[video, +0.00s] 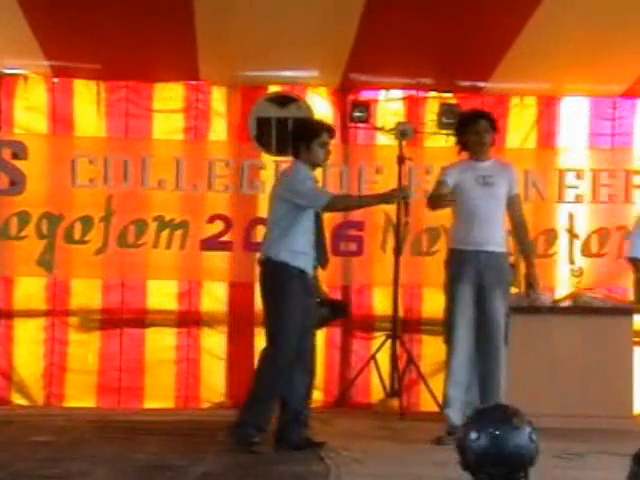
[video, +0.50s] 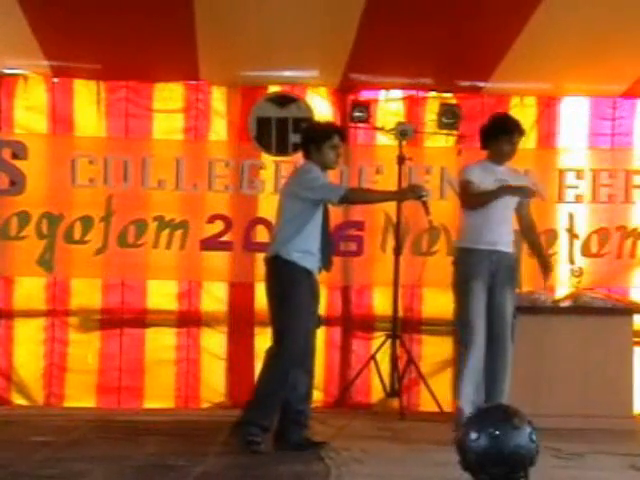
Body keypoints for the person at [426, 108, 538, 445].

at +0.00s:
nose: (481, 139)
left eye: (486, 133)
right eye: (474, 133)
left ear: (494, 136)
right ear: (463, 138)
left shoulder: (506, 172)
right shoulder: (454, 171)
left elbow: (519, 222)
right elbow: (434, 202)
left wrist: (530, 268)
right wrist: (452, 195)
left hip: (495, 257)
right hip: (462, 256)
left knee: (495, 335)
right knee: (460, 335)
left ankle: (493, 413)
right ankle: (457, 416)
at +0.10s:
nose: (484, 140)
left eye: (489, 134)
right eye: (478, 134)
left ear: (496, 137)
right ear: (466, 138)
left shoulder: (508, 174)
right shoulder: (455, 170)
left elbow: (519, 224)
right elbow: (447, 187)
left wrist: (529, 270)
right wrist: (467, 184)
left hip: (495, 256)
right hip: (463, 254)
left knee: (493, 335)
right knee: (460, 335)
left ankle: (492, 414)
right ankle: (456, 416)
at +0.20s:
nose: (486, 141)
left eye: (491, 135)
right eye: (480, 135)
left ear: (498, 138)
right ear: (468, 139)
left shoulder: (509, 173)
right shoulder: (459, 169)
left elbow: (520, 224)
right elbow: (457, 180)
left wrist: (530, 271)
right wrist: (479, 172)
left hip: (496, 255)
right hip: (464, 253)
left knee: (493, 335)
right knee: (460, 335)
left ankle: (491, 413)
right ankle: (456, 415)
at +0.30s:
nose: (494, 143)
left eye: (498, 136)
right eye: (488, 136)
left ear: (504, 139)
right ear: (474, 139)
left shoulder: (513, 175)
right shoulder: (462, 170)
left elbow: (524, 225)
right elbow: (466, 178)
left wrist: (535, 274)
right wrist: (496, 167)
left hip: (498, 255)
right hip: (467, 253)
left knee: (495, 335)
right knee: (462, 333)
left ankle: (491, 413)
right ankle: (456, 416)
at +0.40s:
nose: (502, 146)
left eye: (506, 140)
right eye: (497, 139)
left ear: (509, 142)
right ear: (481, 139)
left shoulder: (515, 177)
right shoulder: (467, 168)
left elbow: (525, 224)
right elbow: (470, 183)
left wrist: (538, 266)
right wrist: (502, 170)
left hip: (501, 255)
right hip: (470, 252)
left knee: (497, 334)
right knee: (465, 332)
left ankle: (493, 413)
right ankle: (457, 415)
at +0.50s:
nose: (513, 149)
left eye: (516, 142)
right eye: (508, 142)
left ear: (516, 144)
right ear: (493, 141)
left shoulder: (516, 178)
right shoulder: (472, 171)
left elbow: (526, 222)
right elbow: (469, 202)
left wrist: (542, 258)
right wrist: (505, 191)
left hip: (505, 257)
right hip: (474, 255)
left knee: (502, 333)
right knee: (473, 332)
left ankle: (496, 408)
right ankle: (466, 409)